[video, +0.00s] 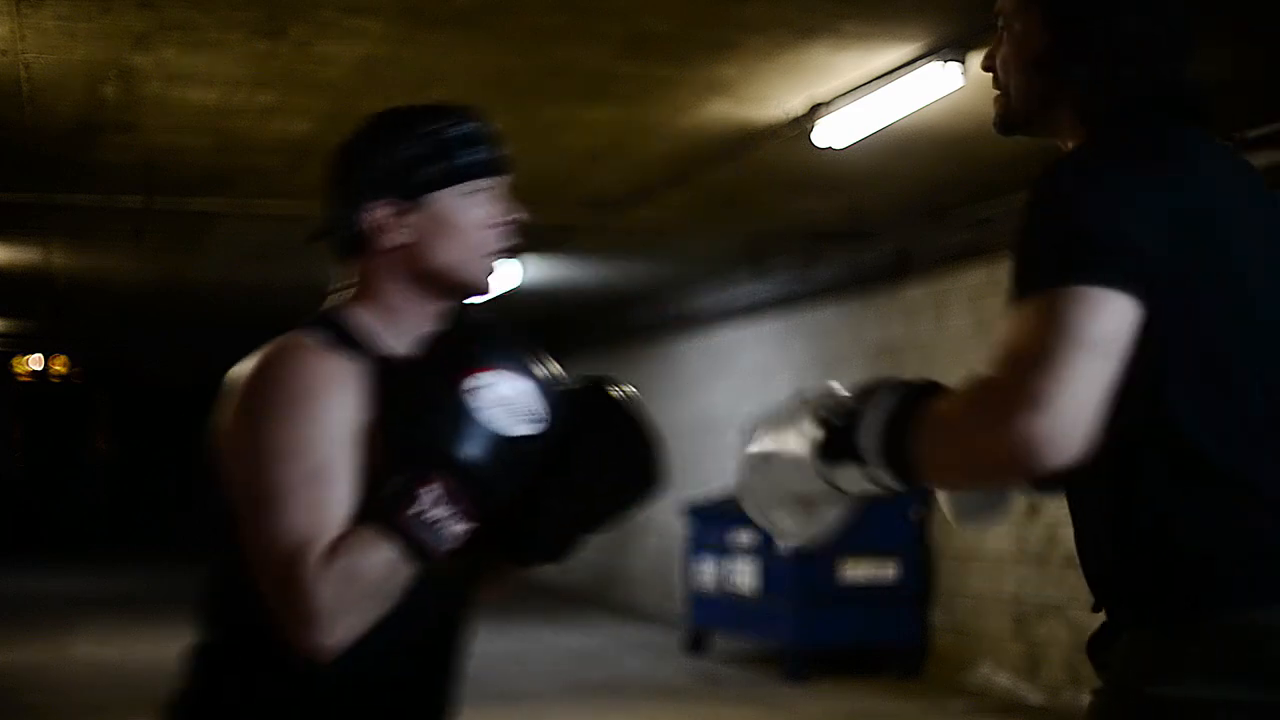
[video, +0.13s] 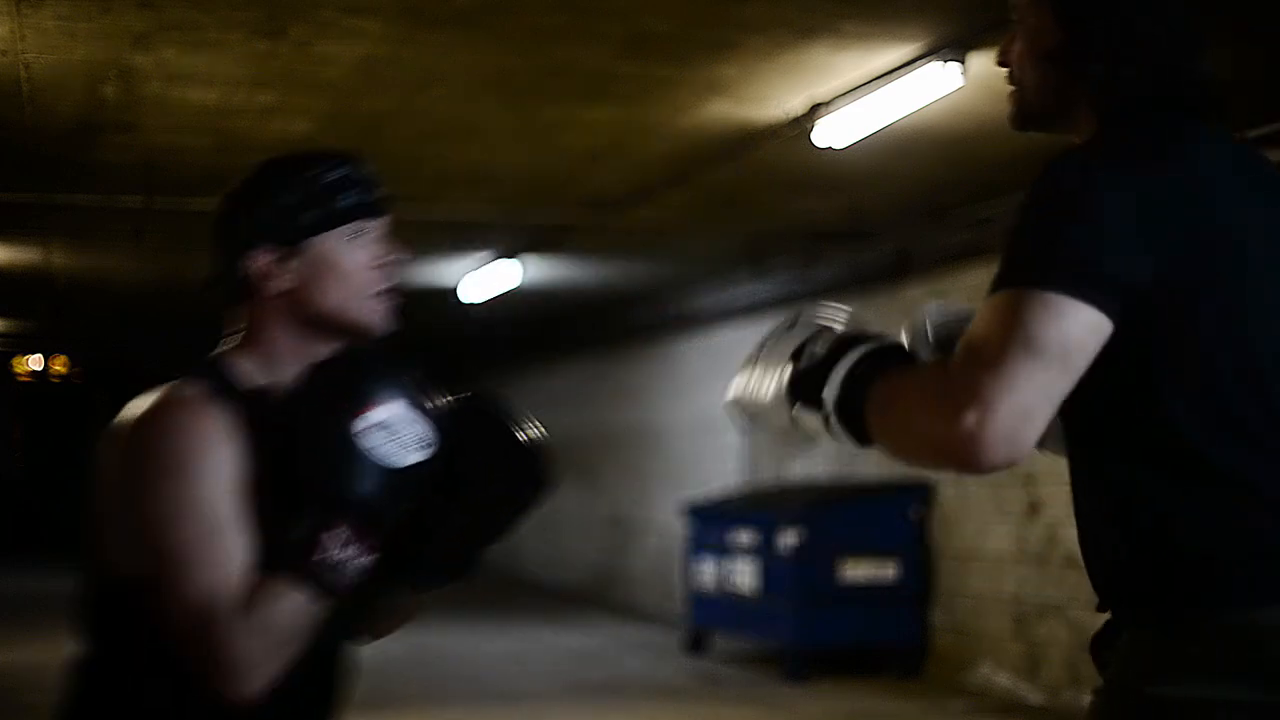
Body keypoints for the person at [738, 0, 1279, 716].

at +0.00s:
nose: (989, 60)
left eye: (1006, 30)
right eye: (996, 33)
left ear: (1062, 36)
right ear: (1115, 40)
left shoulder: (1108, 177)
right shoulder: (1217, 174)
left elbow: (1042, 428)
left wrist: (869, 431)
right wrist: (1004, 452)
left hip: (1198, 641)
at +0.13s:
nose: (1003, 55)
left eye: (1019, 29)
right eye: (1010, 31)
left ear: (1084, 35)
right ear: (1144, 39)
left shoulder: (1110, 180)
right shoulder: (1237, 172)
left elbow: (982, 425)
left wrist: (838, 370)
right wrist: (986, 352)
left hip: (1197, 641)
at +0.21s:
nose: (1028, 54)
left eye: (1048, 23)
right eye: (1035, 27)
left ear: (1115, 29)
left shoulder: (1141, 180)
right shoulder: (1238, 166)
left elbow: (1014, 434)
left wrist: (877, 339)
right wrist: (996, 316)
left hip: (1210, 643)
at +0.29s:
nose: (1055, 53)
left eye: (1076, 21)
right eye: (1063, 25)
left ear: (1142, 25)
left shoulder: (1182, 173)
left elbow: (1082, 448)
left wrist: (953, 332)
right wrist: (1025, 329)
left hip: (1227, 649)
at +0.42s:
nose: (1084, 60)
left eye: (1105, 26)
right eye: (1091, 31)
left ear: (1173, 27)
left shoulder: (1217, 181)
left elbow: (1163, 460)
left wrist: (1020, 330)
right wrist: (1056, 327)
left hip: (1239, 652)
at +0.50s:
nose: (1092, 63)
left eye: (1113, 30)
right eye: (1102, 34)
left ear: (1184, 33)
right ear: (1182, 41)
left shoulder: (1238, 178)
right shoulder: (1228, 177)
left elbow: (1184, 455)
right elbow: (1187, 447)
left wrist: (1026, 333)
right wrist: (1044, 328)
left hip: (1241, 658)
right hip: (1230, 649)